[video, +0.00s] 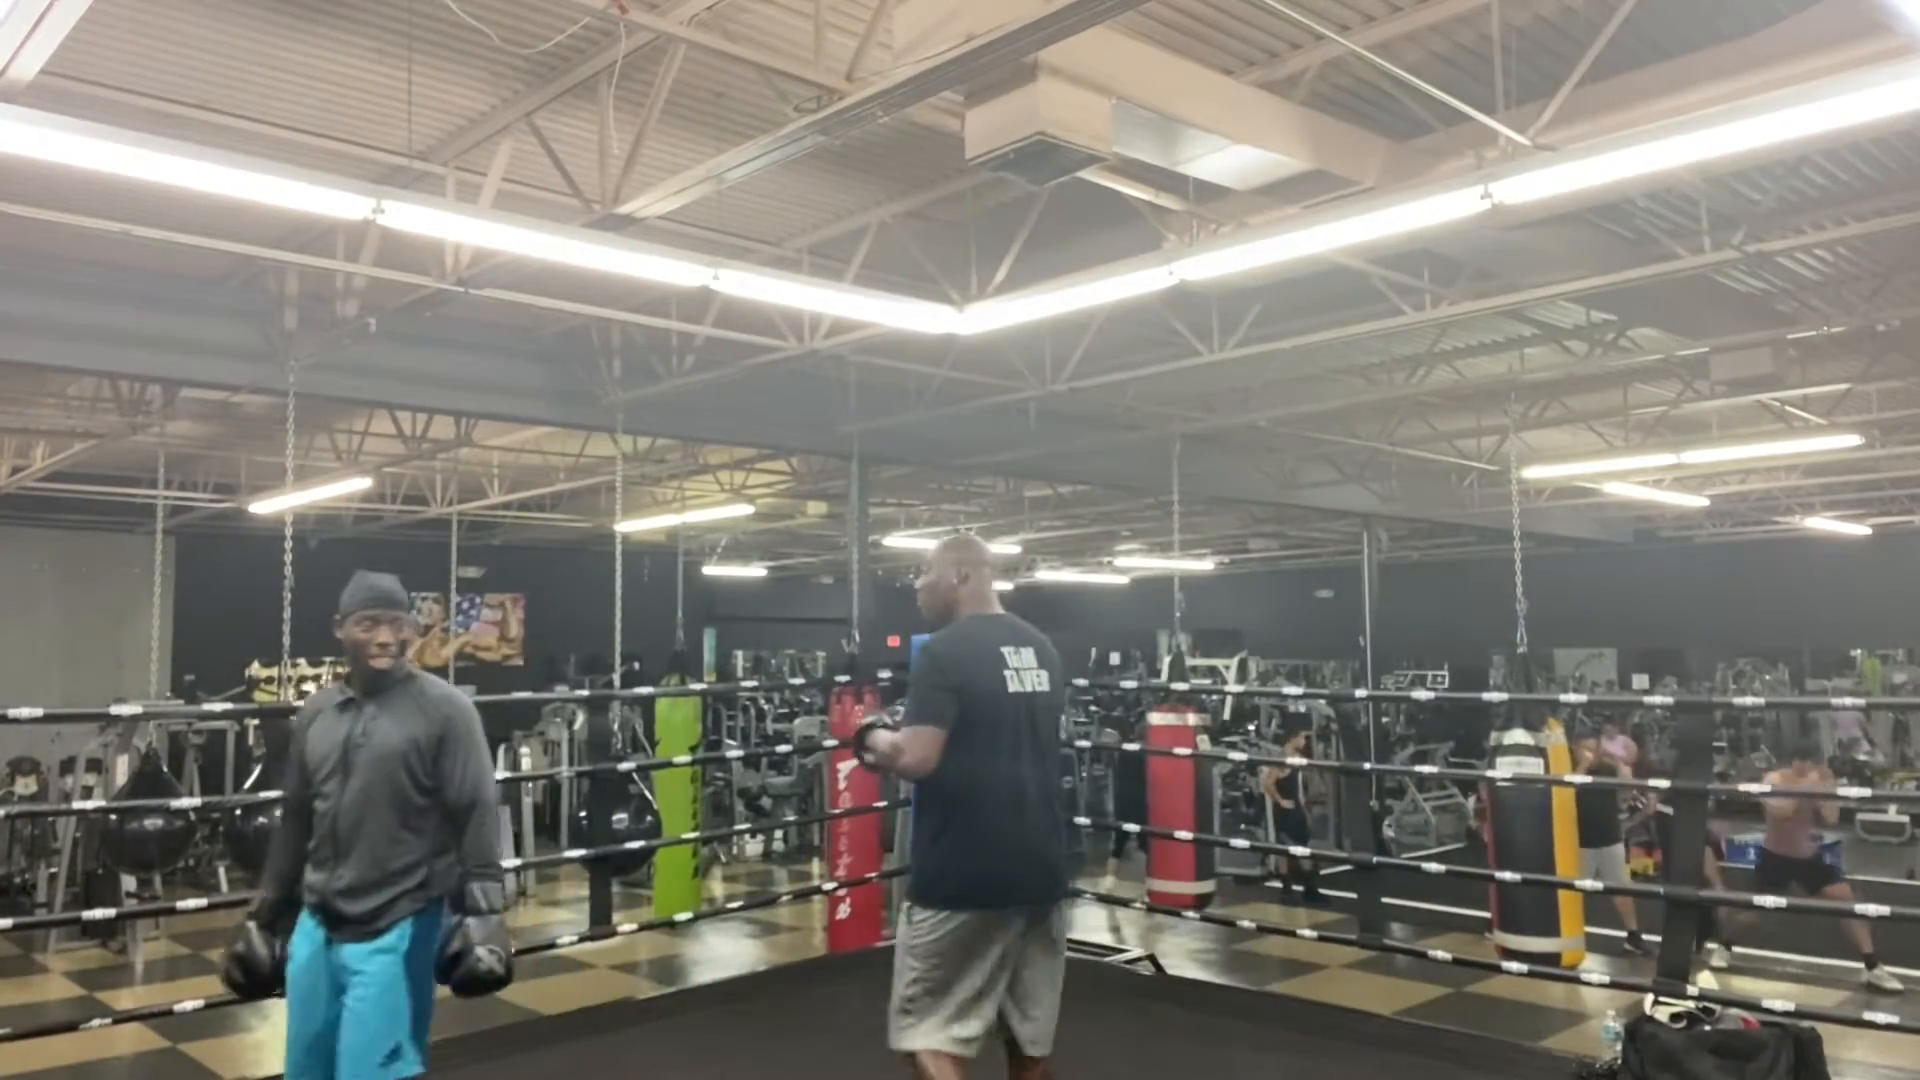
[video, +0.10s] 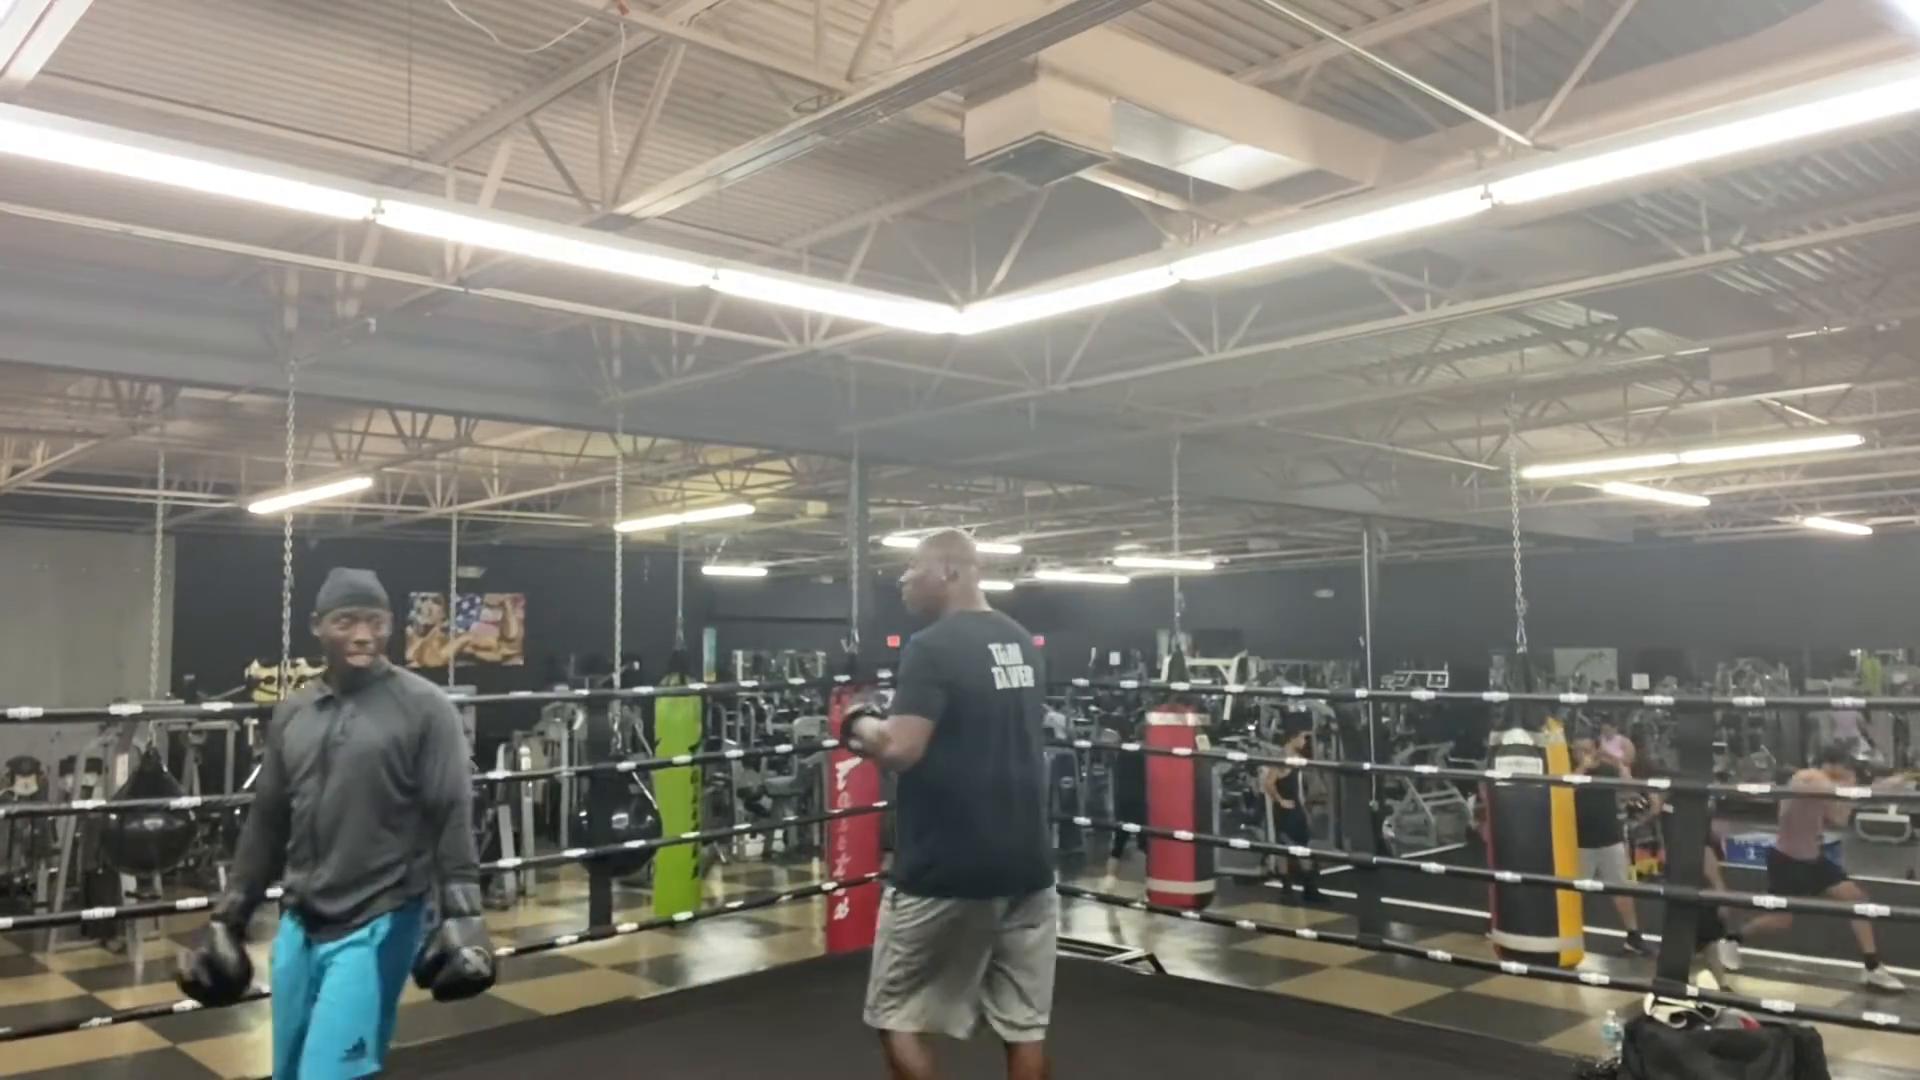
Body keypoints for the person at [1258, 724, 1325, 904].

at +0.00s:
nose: (1305, 742)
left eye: (1305, 738)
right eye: (1302, 737)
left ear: (1296, 740)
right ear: (1293, 739)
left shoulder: (1298, 759)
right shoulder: (1283, 759)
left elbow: (1298, 789)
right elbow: (1267, 782)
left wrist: (1304, 809)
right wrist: (1280, 800)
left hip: (1297, 806)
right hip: (1284, 808)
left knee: (1303, 844)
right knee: (1286, 846)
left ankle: (1309, 885)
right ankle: (1286, 885)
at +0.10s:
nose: (1305, 742)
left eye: (1305, 738)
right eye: (1302, 737)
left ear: (1297, 740)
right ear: (1292, 739)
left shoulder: (1298, 759)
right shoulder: (1283, 759)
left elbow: (1299, 789)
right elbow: (1268, 782)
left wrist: (1304, 810)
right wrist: (1280, 800)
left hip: (1297, 806)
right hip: (1284, 807)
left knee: (1303, 844)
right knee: (1285, 845)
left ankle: (1309, 884)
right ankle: (1286, 885)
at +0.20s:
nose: (1305, 741)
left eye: (1305, 738)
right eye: (1303, 737)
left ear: (1295, 739)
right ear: (1293, 738)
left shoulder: (1297, 759)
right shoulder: (1283, 758)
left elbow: (1298, 788)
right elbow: (1268, 782)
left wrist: (1304, 809)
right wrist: (1280, 800)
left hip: (1297, 806)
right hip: (1285, 807)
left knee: (1302, 843)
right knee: (1286, 845)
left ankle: (1309, 884)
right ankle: (1286, 885)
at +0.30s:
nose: (1305, 741)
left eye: (1305, 738)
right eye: (1303, 737)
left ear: (1298, 739)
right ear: (1294, 738)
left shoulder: (1297, 758)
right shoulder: (1282, 758)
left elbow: (1296, 783)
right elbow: (1269, 782)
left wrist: (1301, 800)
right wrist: (1282, 800)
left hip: (1298, 805)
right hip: (1286, 807)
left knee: (1303, 844)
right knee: (1286, 846)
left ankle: (1310, 884)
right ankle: (1286, 885)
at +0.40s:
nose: (1306, 741)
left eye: (1306, 737)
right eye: (1304, 737)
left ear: (1297, 738)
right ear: (1295, 738)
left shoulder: (1296, 758)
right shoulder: (1284, 758)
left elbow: (1295, 782)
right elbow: (1270, 781)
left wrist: (1302, 796)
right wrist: (1282, 800)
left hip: (1298, 806)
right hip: (1287, 807)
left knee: (1302, 847)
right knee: (1286, 848)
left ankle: (1310, 885)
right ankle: (1287, 886)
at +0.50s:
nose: (1309, 742)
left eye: (1309, 738)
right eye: (1306, 737)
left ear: (1301, 739)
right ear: (1297, 738)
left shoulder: (1299, 758)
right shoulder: (1289, 758)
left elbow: (1298, 783)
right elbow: (1272, 780)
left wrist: (1306, 799)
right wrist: (1285, 800)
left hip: (1301, 808)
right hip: (1289, 809)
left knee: (1305, 848)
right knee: (1288, 849)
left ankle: (1310, 886)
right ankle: (1287, 886)